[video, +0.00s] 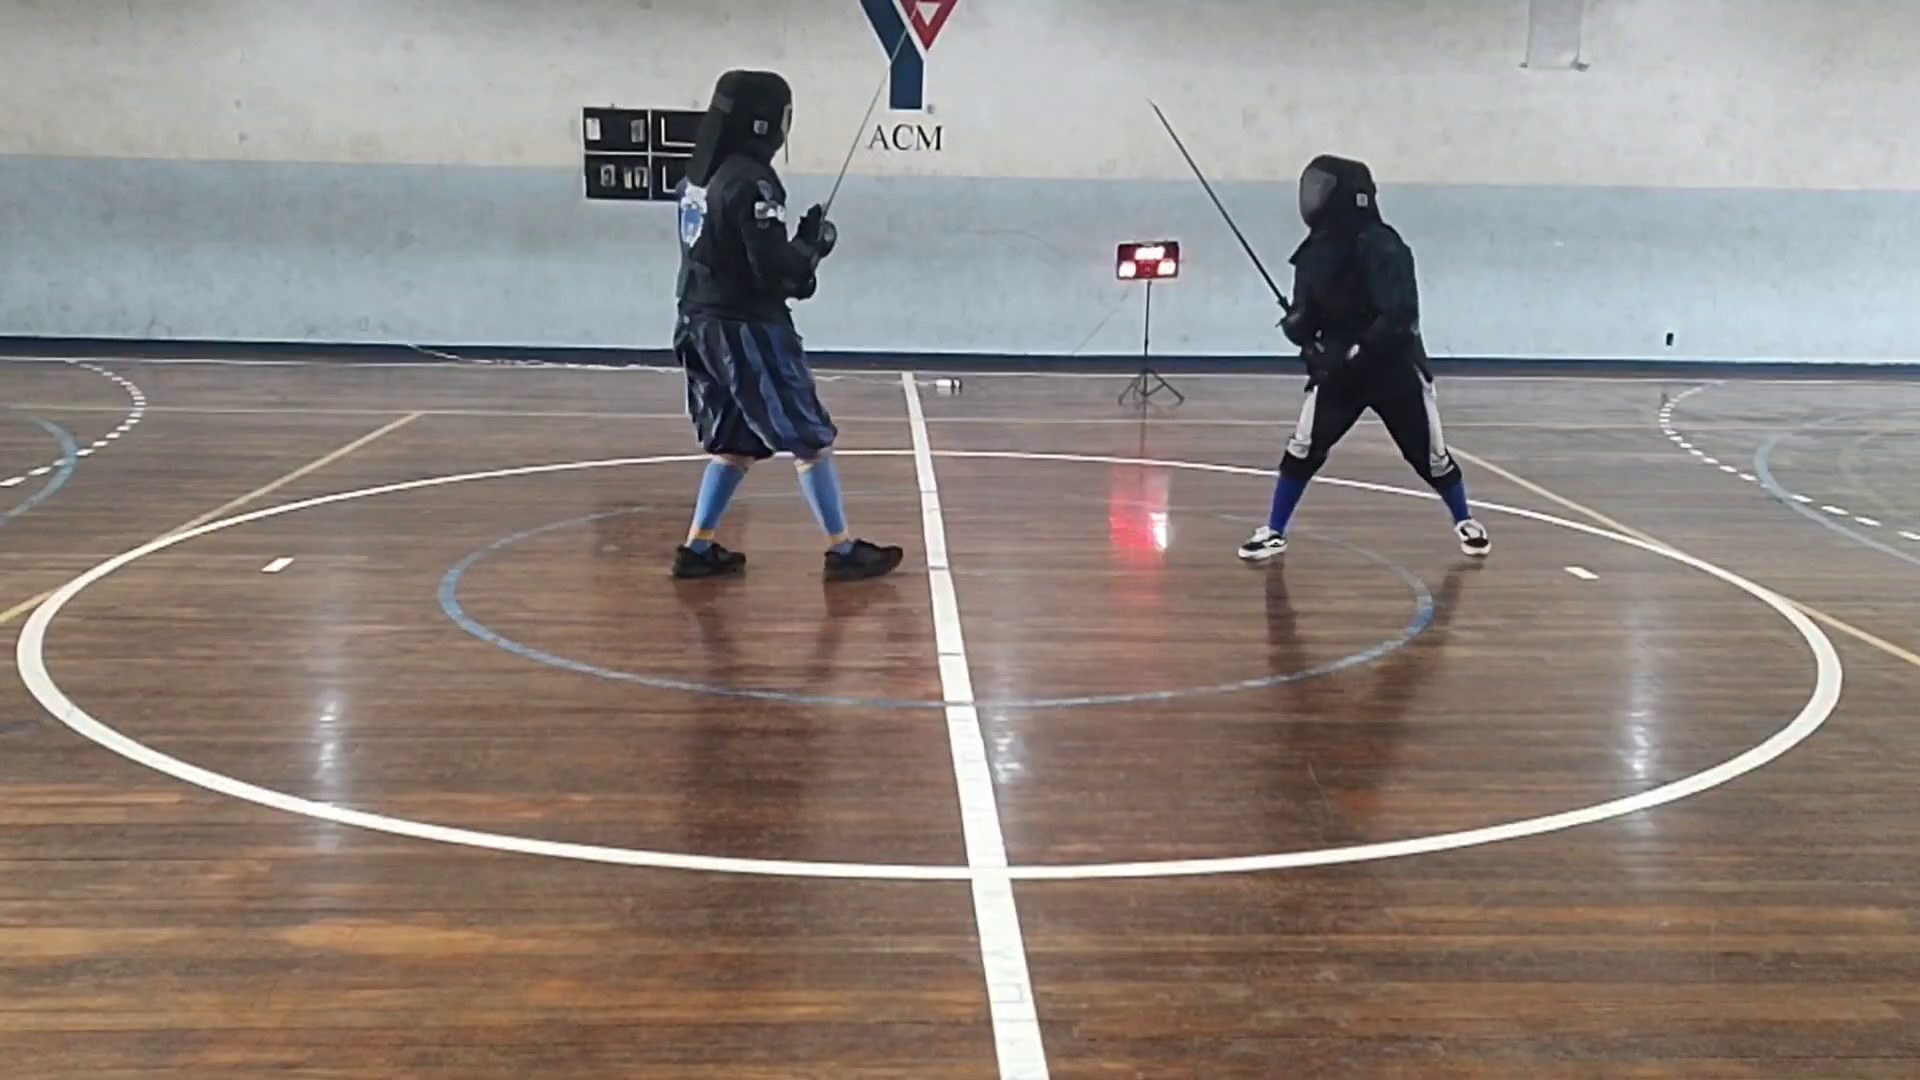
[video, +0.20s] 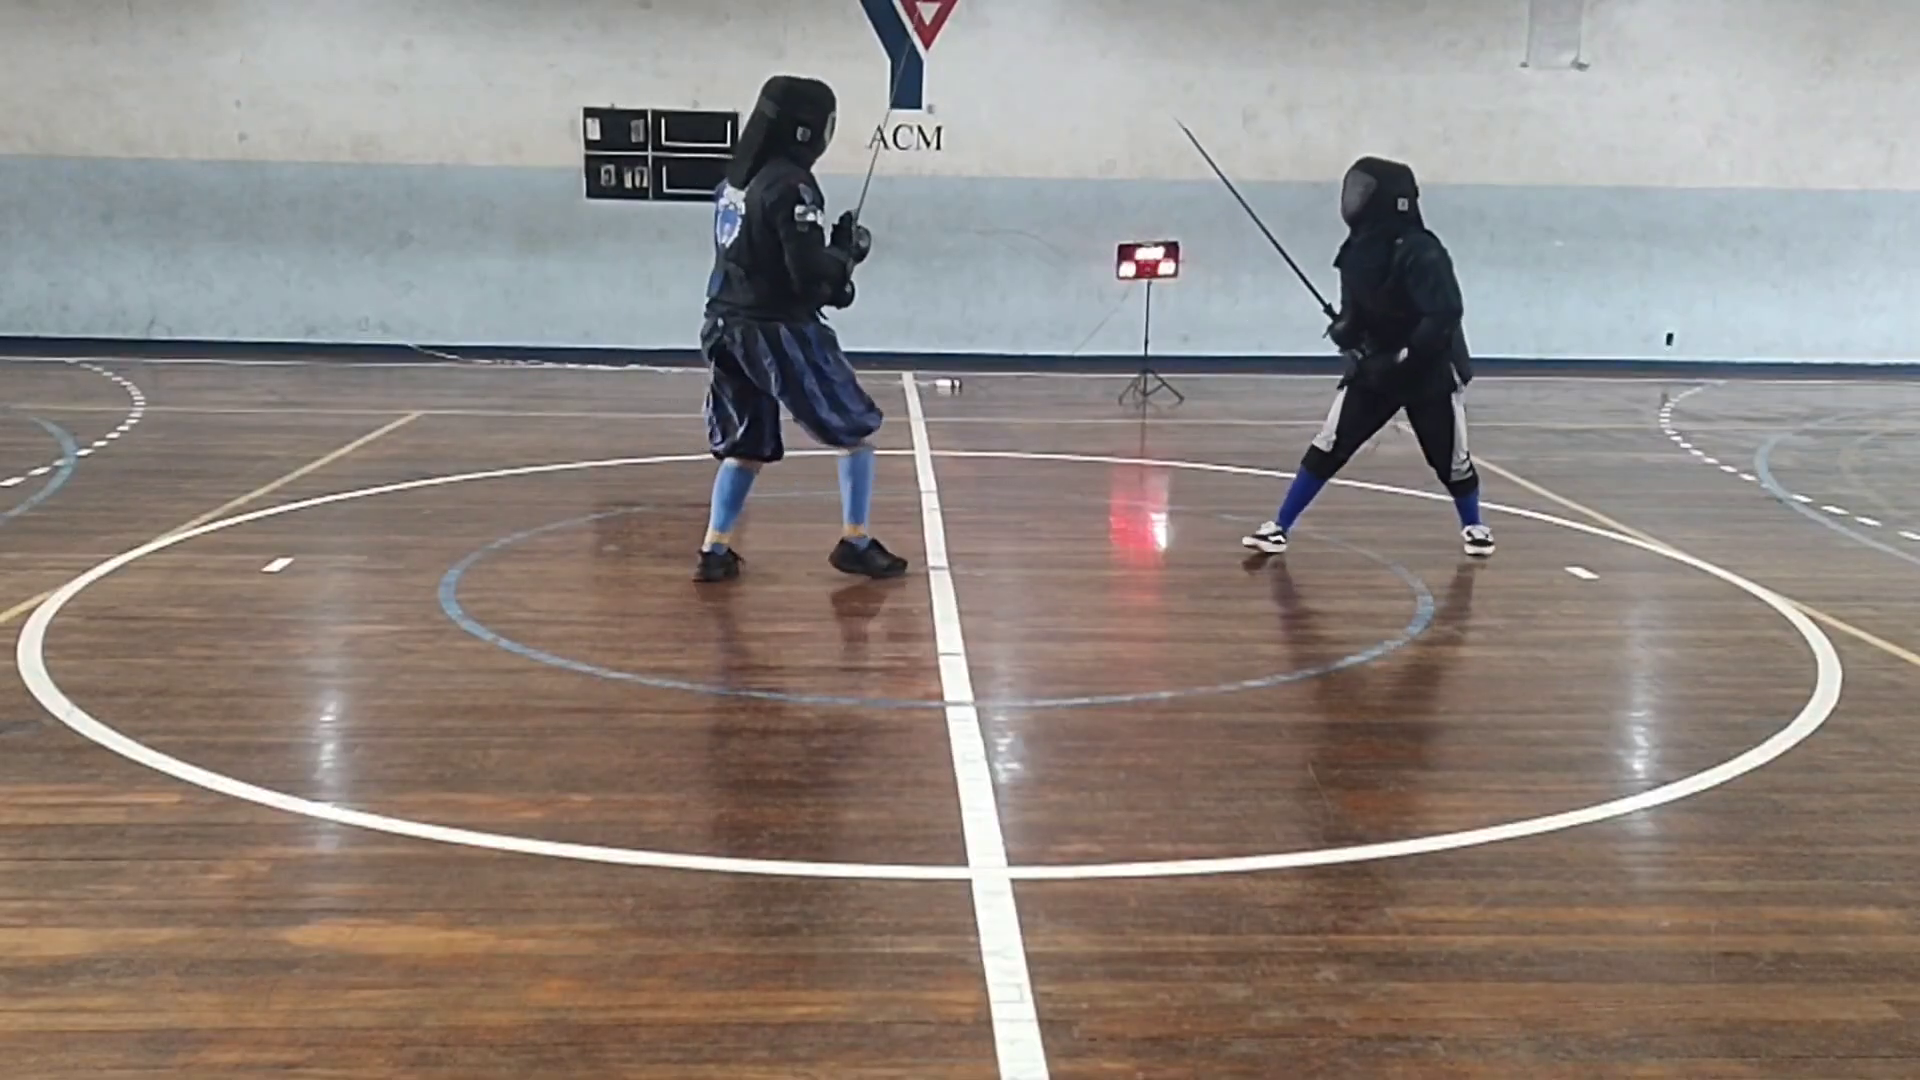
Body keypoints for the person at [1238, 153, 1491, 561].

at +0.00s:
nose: (1307, 196)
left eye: (1317, 187)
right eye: (1307, 187)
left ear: (1345, 193)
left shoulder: (1382, 245)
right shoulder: (1312, 252)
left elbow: (1400, 317)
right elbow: (1304, 314)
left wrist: (1353, 351)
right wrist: (1297, 325)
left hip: (1393, 368)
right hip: (1338, 368)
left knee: (1430, 456)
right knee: (1302, 450)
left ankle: (1464, 521)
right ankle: (1274, 530)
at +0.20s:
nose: (1346, 197)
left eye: (1357, 188)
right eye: (1348, 188)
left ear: (1386, 196)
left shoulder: (1420, 249)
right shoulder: (1356, 249)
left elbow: (1446, 313)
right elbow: (1355, 306)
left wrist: (1406, 359)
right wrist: (1345, 329)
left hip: (1429, 368)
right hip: (1375, 364)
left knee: (1451, 458)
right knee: (1329, 446)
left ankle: (1473, 526)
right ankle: (1279, 527)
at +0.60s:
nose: (1369, 205)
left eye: (1380, 198)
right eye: (1370, 196)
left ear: (1406, 206)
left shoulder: (1438, 262)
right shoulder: (1367, 257)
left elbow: (1455, 326)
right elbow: (1356, 317)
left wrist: (1404, 357)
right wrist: (1342, 322)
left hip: (1423, 382)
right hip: (1365, 376)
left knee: (1453, 465)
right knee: (1298, 427)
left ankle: (1473, 526)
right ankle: (1281, 519)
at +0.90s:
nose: (1333, 207)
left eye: (1342, 199)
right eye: (1329, 198)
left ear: (1360, 201)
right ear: (1323, 198)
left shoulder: (1385, 237)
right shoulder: (1311, 230)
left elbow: (1340, 236)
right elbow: (1263, 228)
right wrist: (1226, 198)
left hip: (1367, 377)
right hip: (1308, 375)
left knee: (1434, 451)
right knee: (1249, 449)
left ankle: (1468, 528)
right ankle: (1209, 519)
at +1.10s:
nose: (1321, 185)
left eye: (1331, 179)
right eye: (1317, 178)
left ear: (1353, 185)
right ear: (1311, 183)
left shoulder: (1372, 226)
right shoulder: (1299, 226)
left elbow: (1331, 206)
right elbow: (1257, 213)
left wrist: (1290, 185)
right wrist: (1228, 176)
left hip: (1355, 370)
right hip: (1295, 369)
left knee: (1418, 446)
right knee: (1245, 447)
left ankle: (1444, 529)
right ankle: (1208, 521)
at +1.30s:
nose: (1331, 184)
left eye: (1341, 176)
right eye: (1325, 175)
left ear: (1363, 183)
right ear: (1318, 183)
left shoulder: (1382, 226)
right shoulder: (1309, 228)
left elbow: (1342, 209)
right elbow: (1262, 215)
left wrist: (1302, 187)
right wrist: (1235, 179)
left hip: (1364, 371)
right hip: (1301, 369)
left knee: (1420, 447)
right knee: (1250, 444)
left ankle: (1442, 530)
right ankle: (1209, 520)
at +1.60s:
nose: (1326, 177)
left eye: (1335, 169)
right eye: (1322, 168)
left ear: (1357, 175)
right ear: (1313, 171)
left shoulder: (1372, 219)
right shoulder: (1302, 209)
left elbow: (1360, 234)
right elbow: (1253, 228)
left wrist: (1293, 197)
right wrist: (1228, 199)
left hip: (1339, 352)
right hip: (1281, 348)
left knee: (1382, 441)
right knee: (1238, 434)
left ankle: (1425, 521)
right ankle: (1208, 519)